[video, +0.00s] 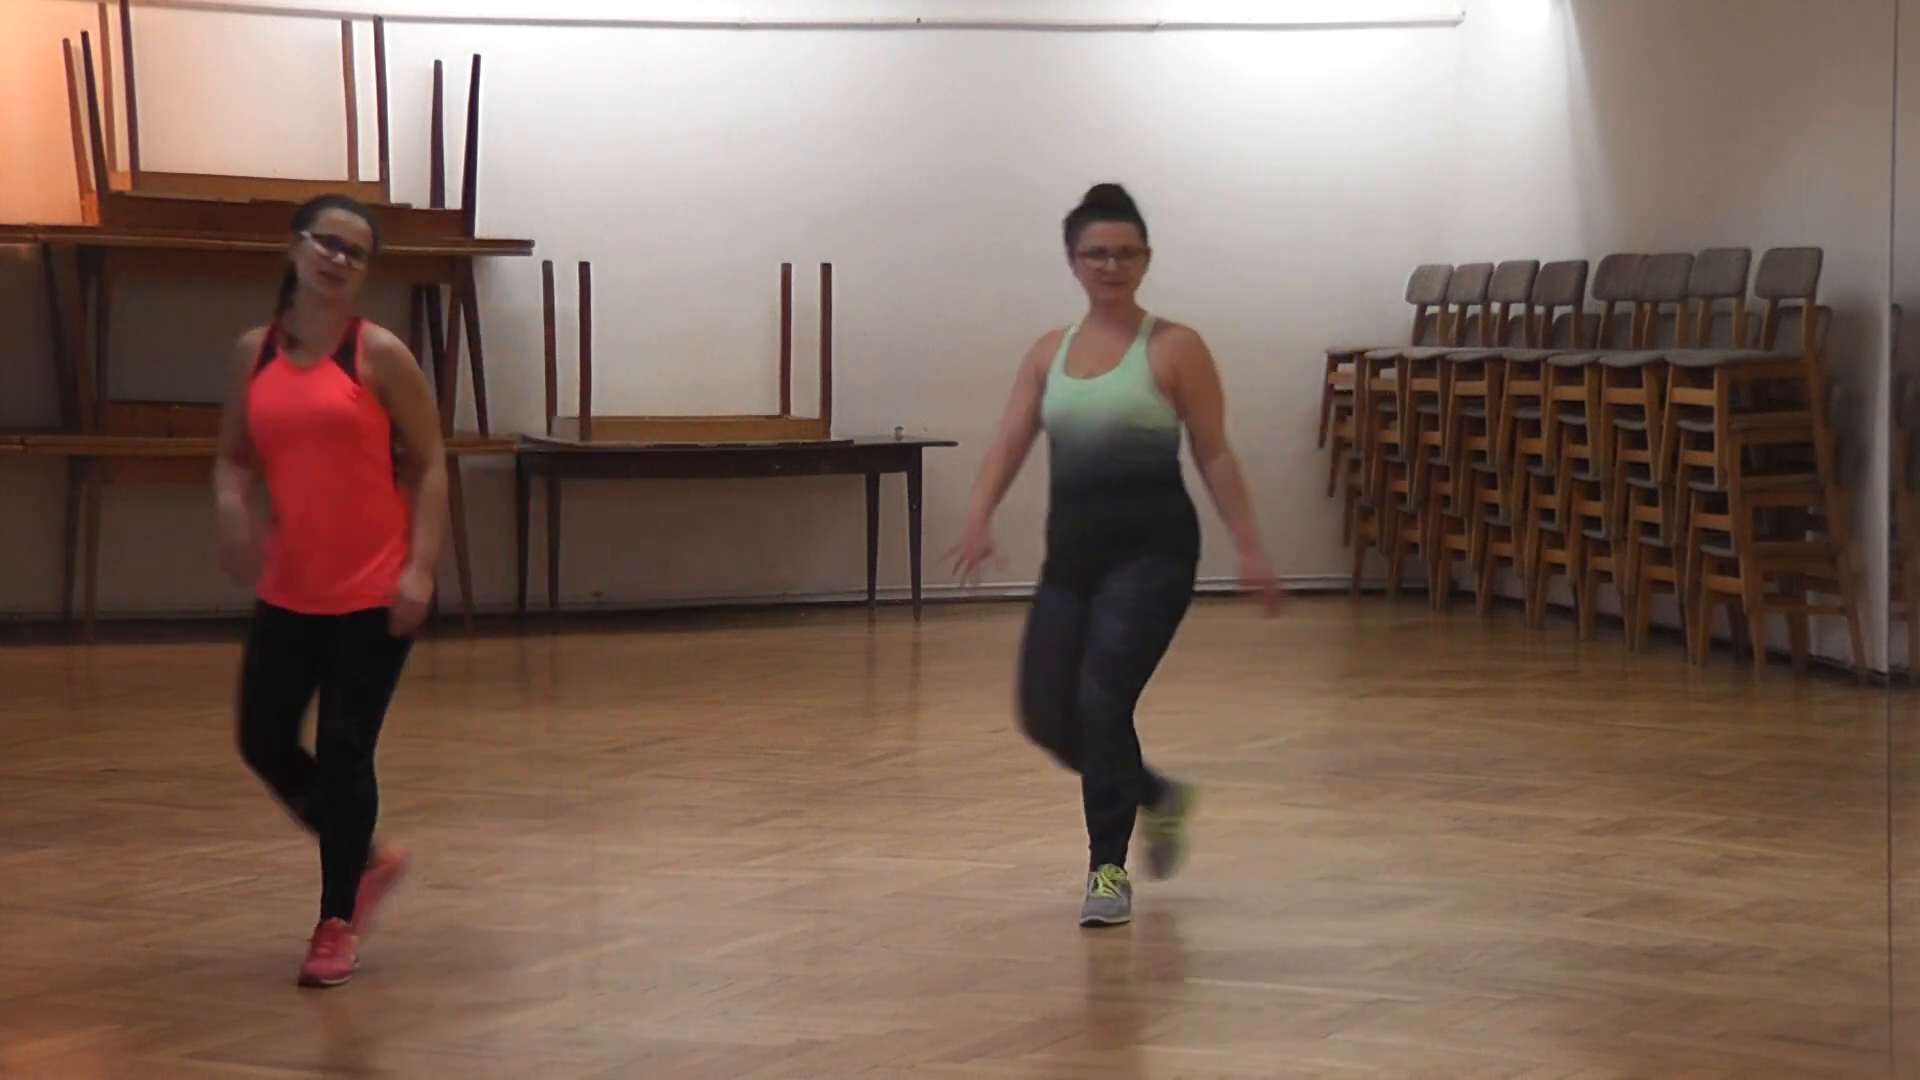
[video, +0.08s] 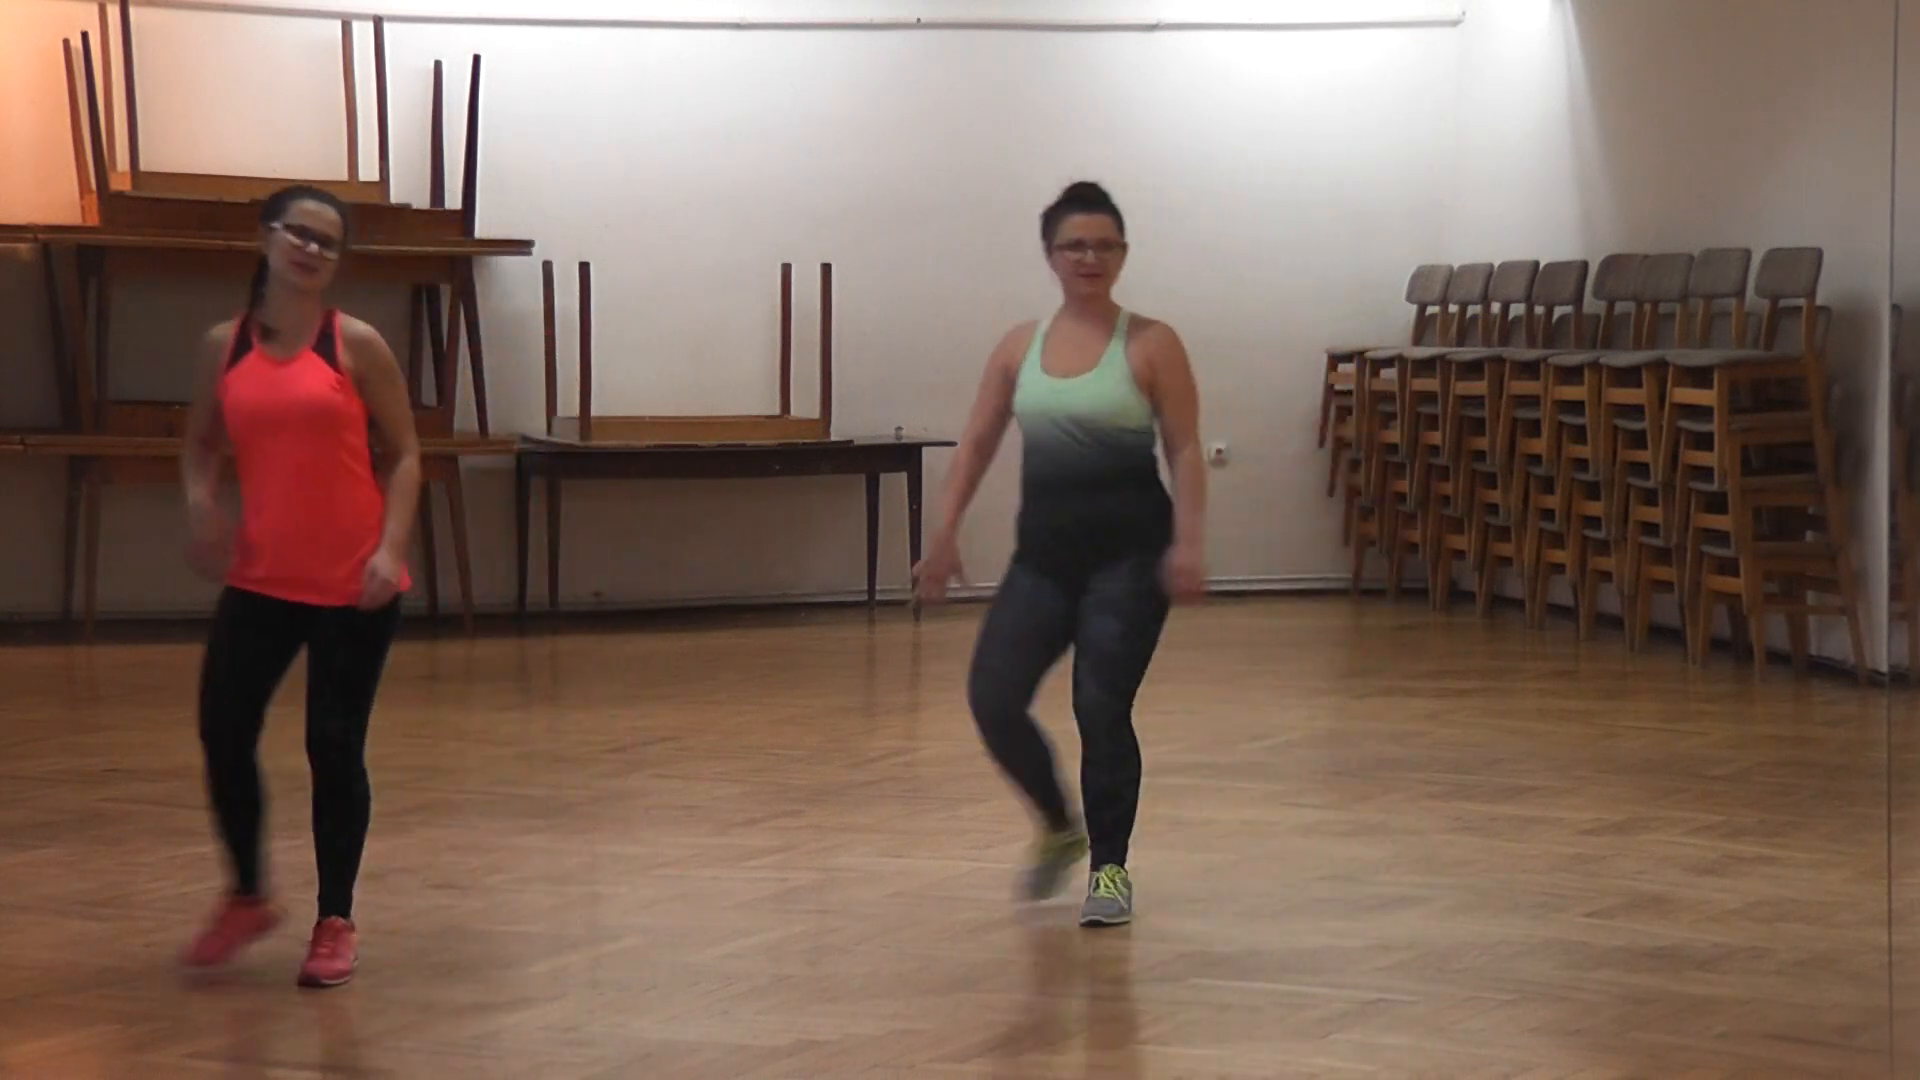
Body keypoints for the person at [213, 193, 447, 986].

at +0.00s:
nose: (340, 260)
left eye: (355, 254)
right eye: (328, 243)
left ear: (367, 273)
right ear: (294, 247)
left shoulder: (383, 355)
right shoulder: (258, 351)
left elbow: (432, 462)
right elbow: (234, 457)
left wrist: (421, 566)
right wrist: (234, 512)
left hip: (372, 592)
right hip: (288, 590)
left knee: (344, 753)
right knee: (263, 740)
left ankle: (336, 923)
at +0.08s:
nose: (313, 249)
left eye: (328, 243)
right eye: (300, 233)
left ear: (339, 263)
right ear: (265, 239)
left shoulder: (359, 346)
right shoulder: (226, 345)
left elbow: (405, 454)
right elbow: (203, 444)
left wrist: (392, 547)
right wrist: (203, 506)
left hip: (354, 587)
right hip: (262, 582)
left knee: (334, 745)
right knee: (223, 726)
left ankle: (334, 923)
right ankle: (248, 895)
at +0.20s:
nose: (270, 259)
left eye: (285, 250)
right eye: (257, 243)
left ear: (298, 269)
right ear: (222, 251)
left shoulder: (324, 363)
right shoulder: (180, 359)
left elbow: (361, 470)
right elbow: (149, 454)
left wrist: (364, 561)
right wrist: (162, 517)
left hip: (318, 593)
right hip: (223, 593)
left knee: (317, 761)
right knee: (182, 762)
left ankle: (334, 927)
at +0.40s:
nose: (217, 263)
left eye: (230, 254)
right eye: (202, 248)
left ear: (242, 270)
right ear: (164, 255)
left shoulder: (246, 361)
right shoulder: (128, 350)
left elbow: (258, 483)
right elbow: (68, 455)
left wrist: (304, 575)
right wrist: (161, 487)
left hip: (236, 592)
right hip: (139, 597)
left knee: (275, 755)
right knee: (130, 767)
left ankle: (312, 917)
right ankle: (82, 939)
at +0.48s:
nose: (199, 254)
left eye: (212, 243)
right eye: (183, 239)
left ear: (226, 256)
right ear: (149, 244)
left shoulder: (226, 346)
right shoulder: (119, 332)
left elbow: (225, 466)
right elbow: (75, 433)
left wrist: (271, 562)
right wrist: (182, 445)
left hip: (208, 577)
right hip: (117, 582)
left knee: (250, 724)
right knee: (115, 750)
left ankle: (230, 906)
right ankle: (80, 936)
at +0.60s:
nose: (182, 252)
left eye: (194, 240)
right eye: (166, 237)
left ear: (208, 250)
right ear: (130, 241)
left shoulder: (200, 338)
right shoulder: (108, 328)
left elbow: (195, 460)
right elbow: (111, 424)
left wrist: (226, 553)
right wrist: (222, 396)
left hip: (178, 577)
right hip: (98, 576)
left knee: (190, 732)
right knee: (97, 744)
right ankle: (72, 932)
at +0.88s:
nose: (179, 265)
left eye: (191, 251)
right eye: (162, 251)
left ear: (202, 255)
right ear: (122, 254)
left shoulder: (173, 342)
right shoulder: (114, 341)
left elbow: (164, 453)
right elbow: (213, 422)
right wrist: (307, 377)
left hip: (147, 583)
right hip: (92, 581)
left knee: (123, 739)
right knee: (110, 739)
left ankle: (51, 906)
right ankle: (18, 904)